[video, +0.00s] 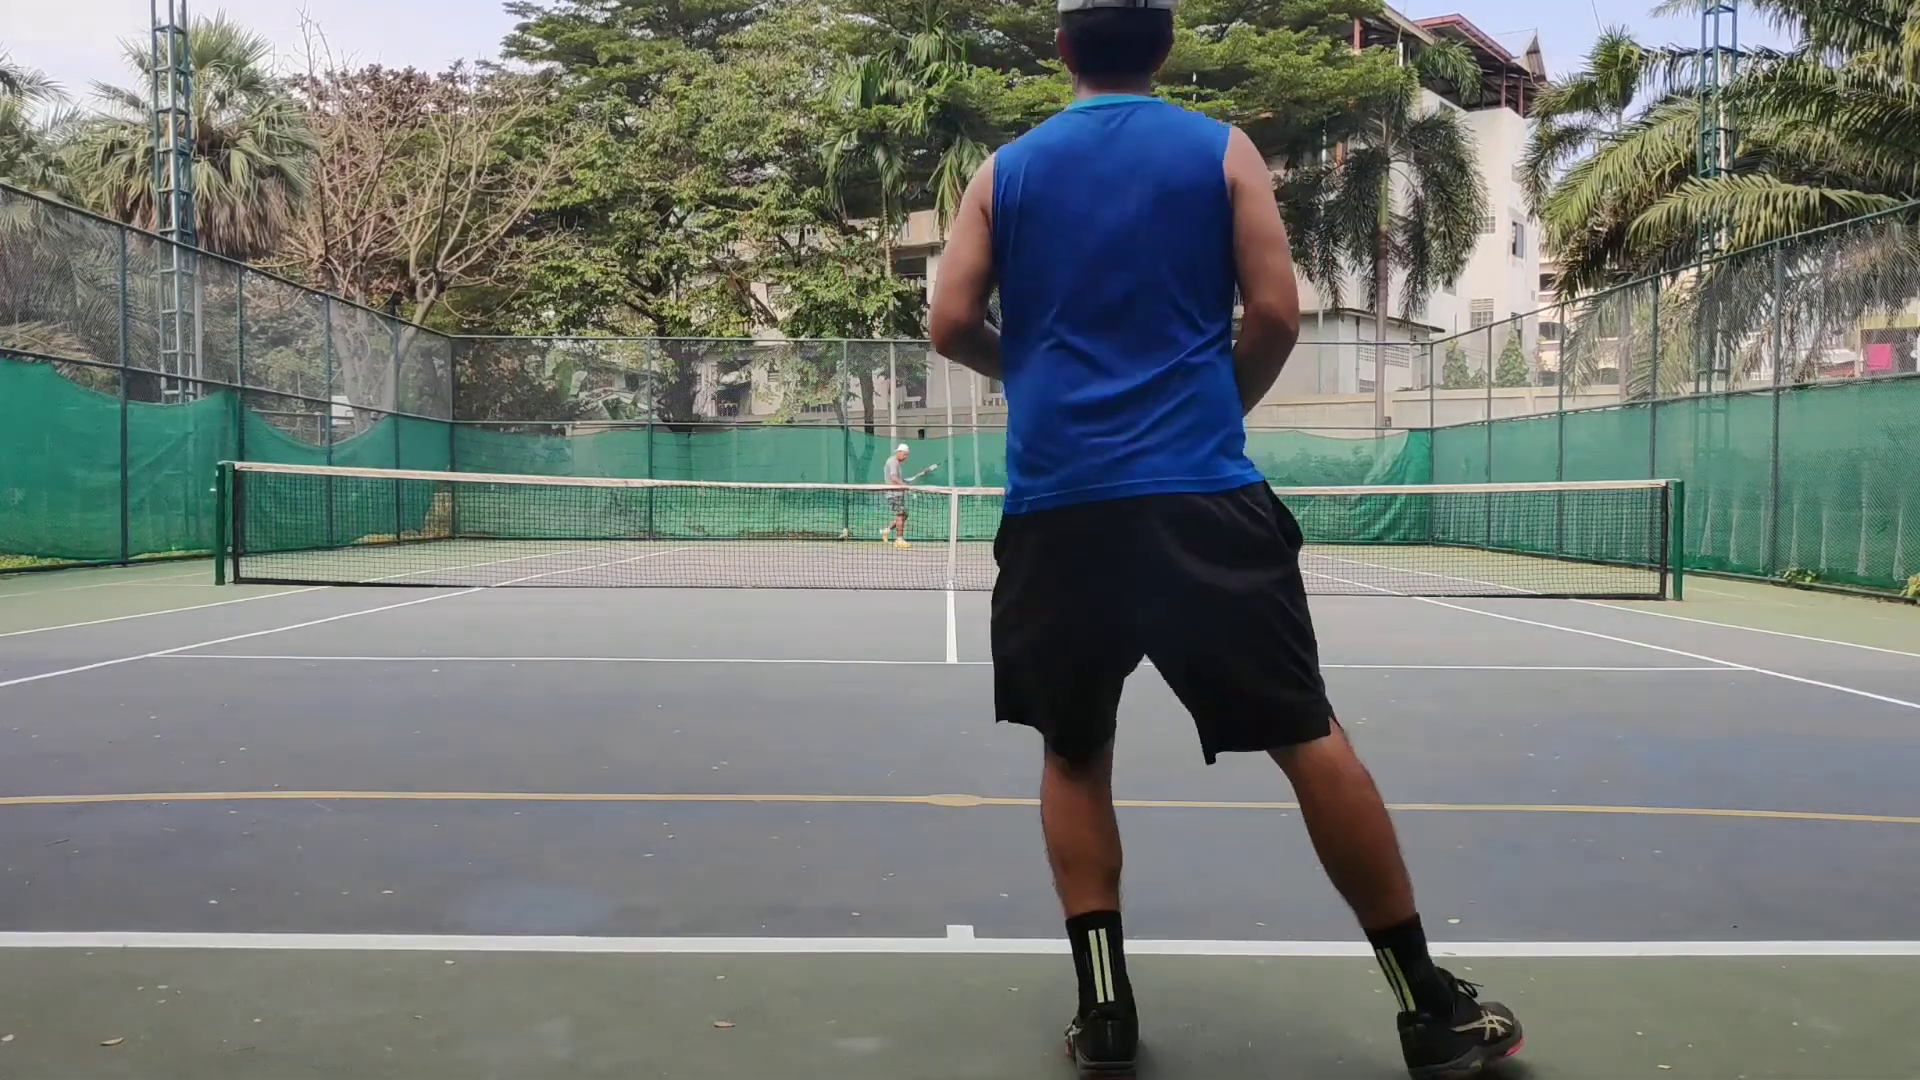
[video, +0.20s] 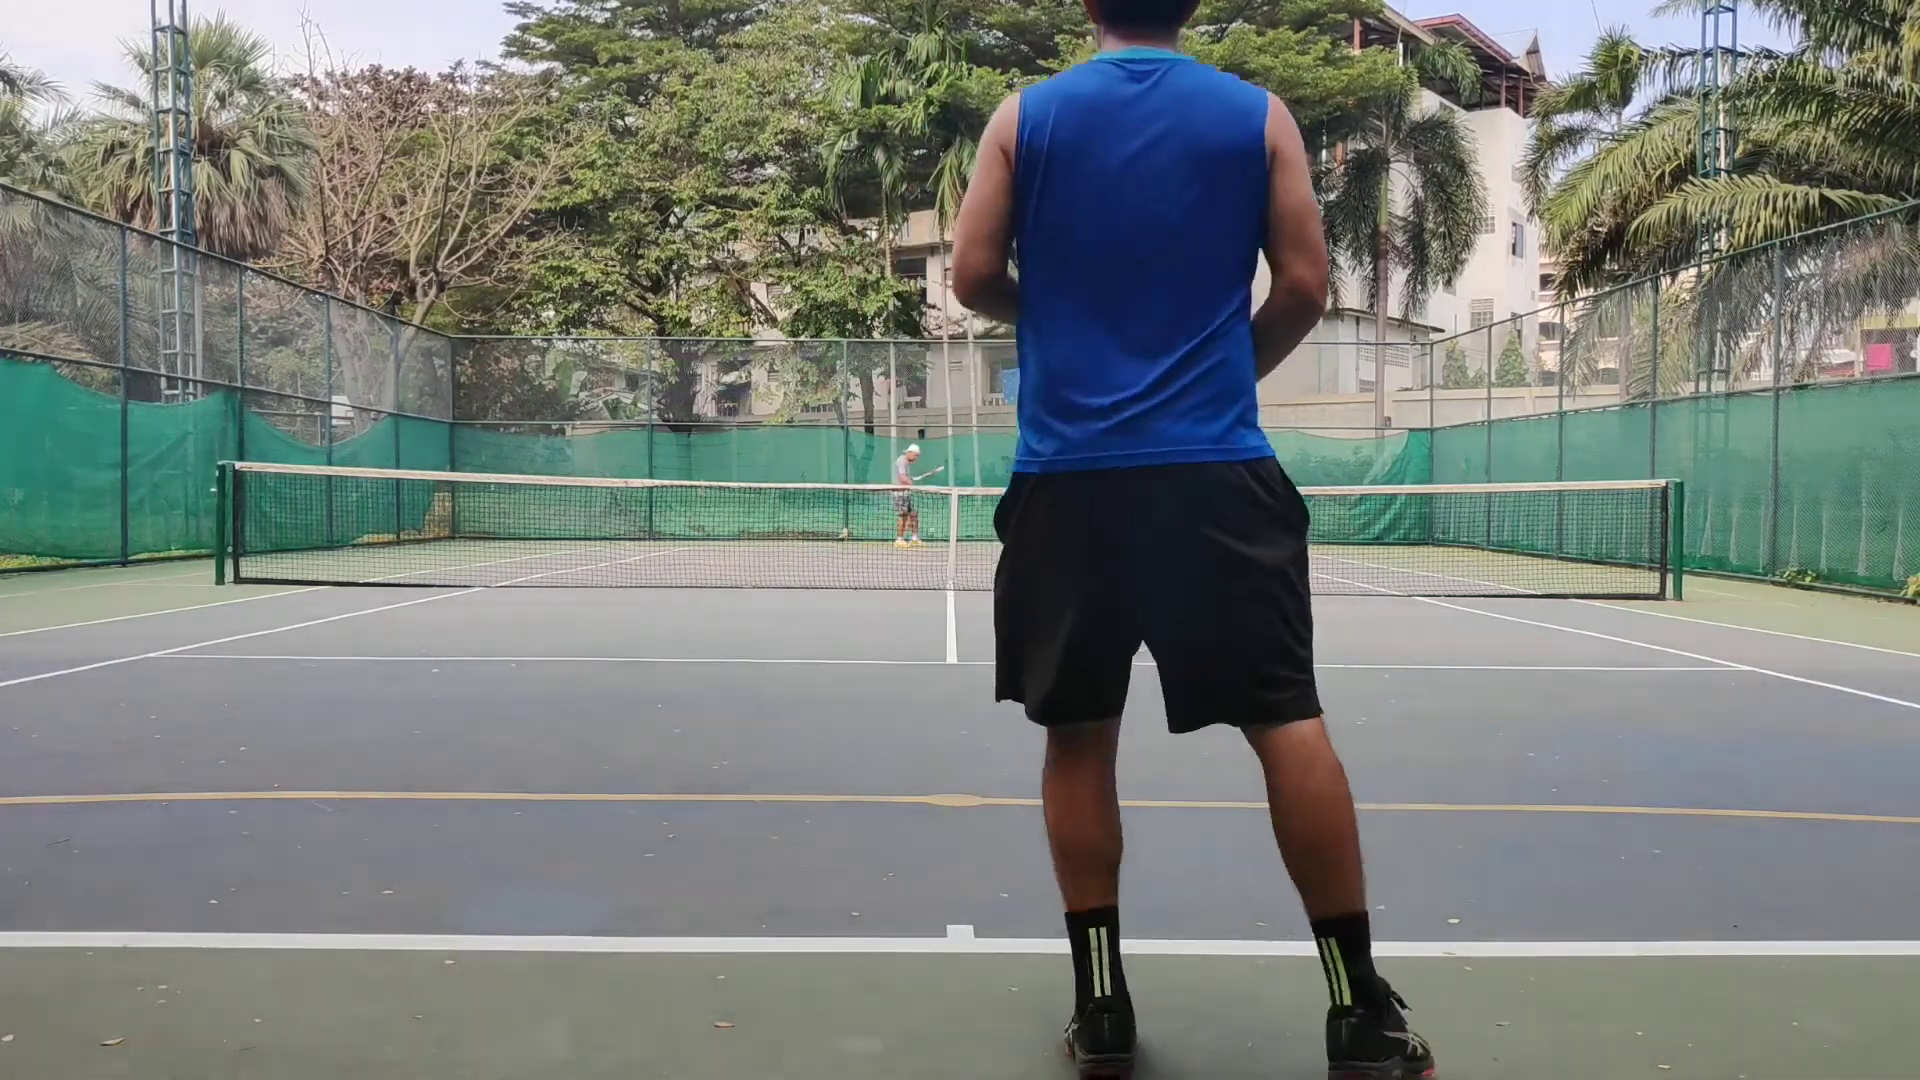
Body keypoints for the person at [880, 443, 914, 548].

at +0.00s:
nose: (906, 457)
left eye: (906, 455)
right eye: (905, 455)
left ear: (903, 454)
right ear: (899, 453)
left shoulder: (896, 462)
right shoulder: (892, 462)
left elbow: (896, 476)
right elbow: (893, 477)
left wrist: (904, 481)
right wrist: (904, 485)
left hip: (897, 490)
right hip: (893, 491)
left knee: (904, 515)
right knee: (900, 515)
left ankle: (887, 530)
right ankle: (899, 539)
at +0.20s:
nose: (915, 458)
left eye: (917, 456)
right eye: (915, 455)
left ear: (914, 455)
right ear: (909, 453)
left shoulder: (906, 462)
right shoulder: (902, 461)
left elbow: (904, 476)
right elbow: (902, 477)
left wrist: (909, 482)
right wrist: (910, 483)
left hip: (905, 491)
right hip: (899, 492)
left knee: (913, 514)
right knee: (904, 515)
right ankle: (900, 538)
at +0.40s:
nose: (924, 459)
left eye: (925, 457)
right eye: (923, 456)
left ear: (922, 455)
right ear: (917, 453)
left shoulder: (916, 463)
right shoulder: (908, 461)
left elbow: (915, 476)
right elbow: (904, 477)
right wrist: (911, 487)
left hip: (914, 493)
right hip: (907, 493)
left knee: (919, 517)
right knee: (909, 516)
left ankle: (922, 539)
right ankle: (900, 539)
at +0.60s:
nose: (930, 457)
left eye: (931, 455)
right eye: (929, 454)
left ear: (929, 454)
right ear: (924, 452)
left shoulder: (926, 463)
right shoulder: (913, 460)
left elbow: (928, 475)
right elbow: (902, 472)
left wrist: (935, 484)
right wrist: (902, 484)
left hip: (921, 491)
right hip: (911, 491)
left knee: (923, 515)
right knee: (912, 515)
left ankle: (923, 539)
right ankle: (902, 537)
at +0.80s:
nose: (934, 455)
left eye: (935, 453)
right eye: (933, 453)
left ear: (934, 453)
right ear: (927, 451)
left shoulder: (933, 465)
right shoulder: (915, 459)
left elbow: (933, 478)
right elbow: (905, 470)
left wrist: (934, 486)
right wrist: (900, 481)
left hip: (925, 490)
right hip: (914, 489)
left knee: (924, 515)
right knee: (912, 514)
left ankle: (923, 538)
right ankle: (904, 535)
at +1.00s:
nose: (933, 453)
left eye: (935, 451)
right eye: (931, 450)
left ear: (936, 452)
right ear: (926, 450)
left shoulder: (935, 462)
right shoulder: (916, 459)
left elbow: (933, 477)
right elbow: (909, 472)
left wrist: (919, 478)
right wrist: (907, 479)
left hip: (928, 490)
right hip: (916, 489)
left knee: (926, 514)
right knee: (912, 512)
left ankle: (924, 537)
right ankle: (906, 532)